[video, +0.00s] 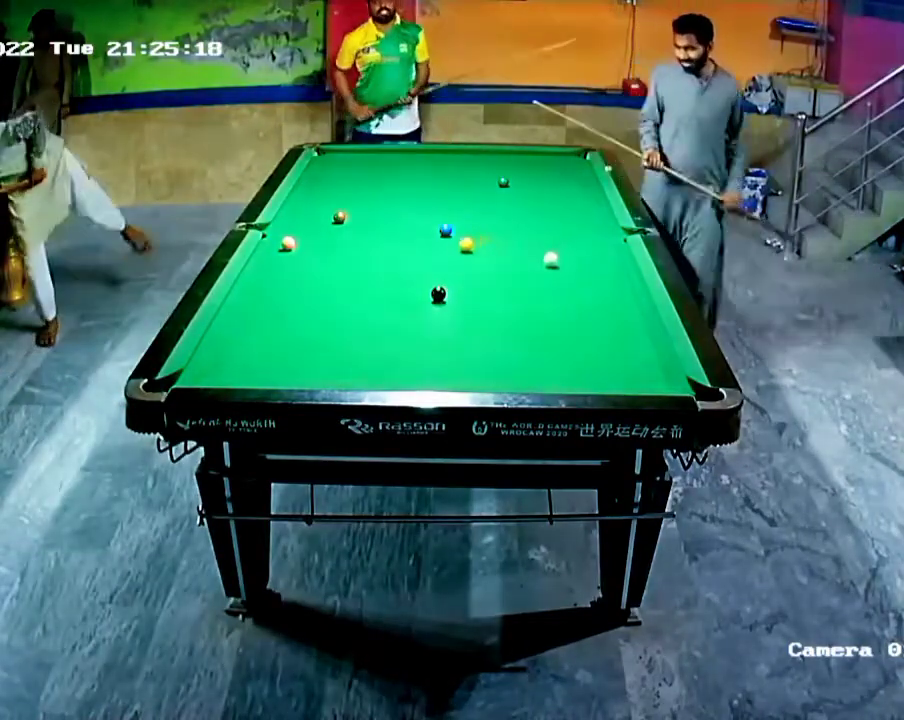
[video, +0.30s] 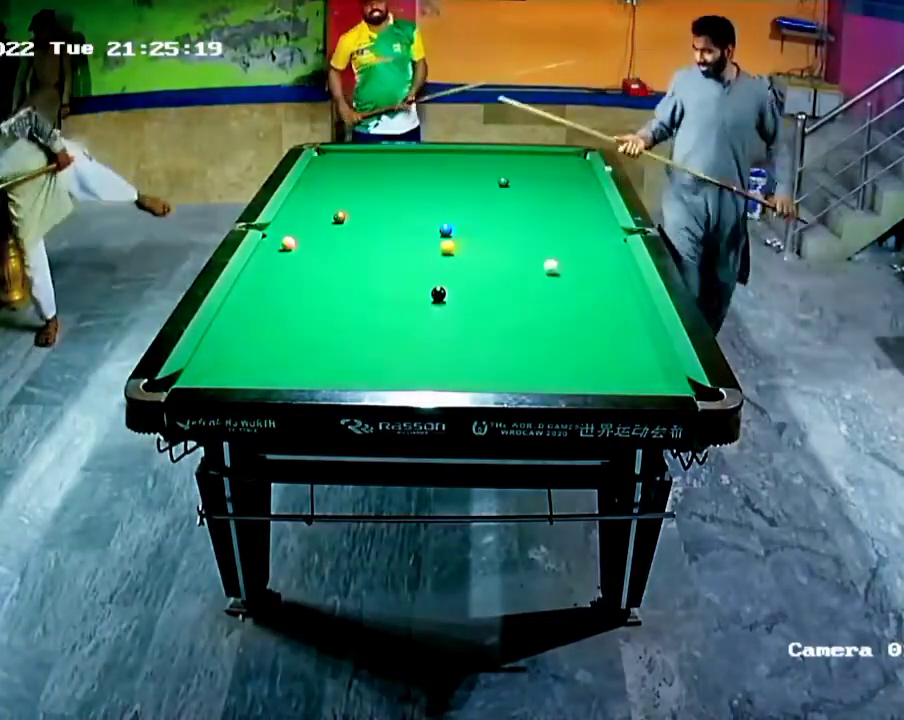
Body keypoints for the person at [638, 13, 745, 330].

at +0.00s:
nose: (683, 55)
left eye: (690, 48)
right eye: (678, 47)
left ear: (708, 46)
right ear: (673, 46)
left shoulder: (728, 85)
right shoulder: (662, 76)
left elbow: (738, 140)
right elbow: (648, 120)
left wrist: (734, 185)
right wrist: (651, 146)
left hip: (706, 195)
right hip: (661, 189)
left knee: (703, 279)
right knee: (650, 271)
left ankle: (697, 347)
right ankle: (644, 343)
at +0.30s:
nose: (699, 58)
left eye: (706, 51)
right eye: (695, 50)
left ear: (728, 49)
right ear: (692, 47)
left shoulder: (757, 92)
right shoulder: (685, 79)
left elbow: (779, 143)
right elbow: (663, 122)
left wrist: (783, 189)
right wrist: (642, 137)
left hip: (730, 200)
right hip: (683, 193)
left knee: (720, 288)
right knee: (685, 285)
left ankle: (698, 355)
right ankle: (675, 357)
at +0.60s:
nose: (714, 73)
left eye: (721, 65)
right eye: (711, 65)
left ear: (745, 64)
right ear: (708, 65)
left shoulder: (779, 108)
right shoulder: (702, 104)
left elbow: (797, 165)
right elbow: (688, 155)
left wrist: (772, 193)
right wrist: (672, 173)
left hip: (753, 228)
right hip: (705, 224)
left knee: (747, 325)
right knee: (713, 321)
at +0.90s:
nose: (743, 94)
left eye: (750, 86)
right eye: (740, 86)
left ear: (776, 82)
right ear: (739, 82)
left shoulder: (815, 131)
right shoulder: (730, 121)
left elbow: (845, 191)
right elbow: (710, 176)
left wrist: (818, 227)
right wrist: (707, 197)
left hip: (784, 264)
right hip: (731, 256)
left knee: (794, 370)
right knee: (707, 353)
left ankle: (790, 476)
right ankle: (688, 443)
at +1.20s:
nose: (778, 103)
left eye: (785, 95)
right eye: (775, 94)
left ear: (814, 93)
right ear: (779, 93)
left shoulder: (865, 149)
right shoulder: (774, 131)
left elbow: (889, 220)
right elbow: (757, 189)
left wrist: (844, 245)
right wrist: (747, 215)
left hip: (832, 291)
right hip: (774, 282)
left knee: (824, 391)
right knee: (756, 374)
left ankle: (791, 475)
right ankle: (750, 454)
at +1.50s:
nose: (770, 126)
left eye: (778, 116)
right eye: (768, 116)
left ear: (809, 113)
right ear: (780, 114)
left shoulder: (865, 167)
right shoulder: (783, 158)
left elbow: (897, 242)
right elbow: (777, 211)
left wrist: (845, 269)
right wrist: (740, 244)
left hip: (844, 322)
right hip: (791, 313)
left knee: (834, 422)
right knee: (778, 415)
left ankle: (804, 476)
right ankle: (782, 504)